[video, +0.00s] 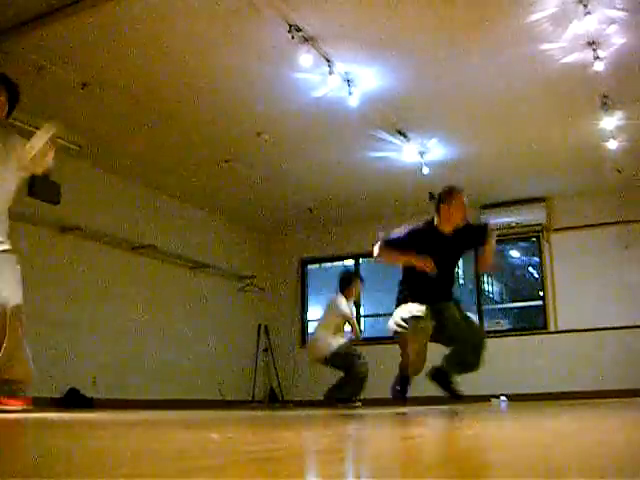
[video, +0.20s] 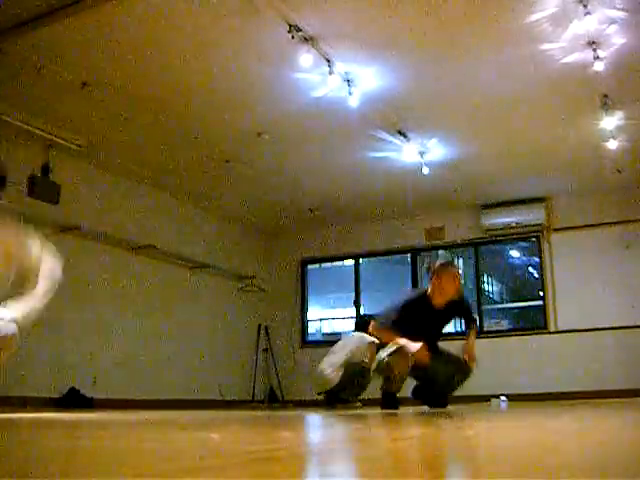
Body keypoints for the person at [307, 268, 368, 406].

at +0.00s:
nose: (360, 291)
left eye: (360, 287)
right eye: (358, 286)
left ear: (350, 288)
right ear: (351, 288)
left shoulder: (348, 305)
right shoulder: (338, 300)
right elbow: (349, 316)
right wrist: (356, 332)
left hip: (334, 342)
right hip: (323, 343)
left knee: (358, 364)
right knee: (358, 363)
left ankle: (337, 395)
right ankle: (343, 396)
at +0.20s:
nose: (374, 329)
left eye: (374, 326)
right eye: (372, 326)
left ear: (357, 327)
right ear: (368, 327)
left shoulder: (348, 337)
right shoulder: (370, 341)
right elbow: (370, 365)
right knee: (365, 371)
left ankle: (332, 397)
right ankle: (350, 398)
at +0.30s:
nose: (379, 322)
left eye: (379, 318)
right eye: (377, 318)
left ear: (361, 315)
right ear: (371, 317)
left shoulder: (354, 327)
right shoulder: (363, 326)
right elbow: (376, 345)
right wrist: (391, 354)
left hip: (324, 366)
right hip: (334, 364)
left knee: (362, 369)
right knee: (367, 369)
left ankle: (336, 396)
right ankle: (348, 398)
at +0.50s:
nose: (377, 282)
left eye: (377, 279)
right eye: (376, 279)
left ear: (357, 279)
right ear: (370, 278)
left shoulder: (343, 292)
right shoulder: (371, 291)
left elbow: (334, 315)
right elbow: (381, 311)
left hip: (336, 334)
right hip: (357, 334)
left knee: (353, 367)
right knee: (373, 362)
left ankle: (329, 395)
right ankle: (356, 389)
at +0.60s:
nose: (380, 277)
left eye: (380, 275)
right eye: (379, 275)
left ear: (361, 273)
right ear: (376, 273)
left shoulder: (347, 287)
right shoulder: (375, 286)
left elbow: (328, 305)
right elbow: (385, 306)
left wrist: (333, 324)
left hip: (343, 332)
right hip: (364, 330)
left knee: (353, 368)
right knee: (383, 351)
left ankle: (325, 398)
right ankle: (377, 382)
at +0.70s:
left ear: (364, 269)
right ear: (380, 270)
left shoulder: (354, 283)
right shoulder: (383, 283)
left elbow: (334, 286)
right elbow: (390, 301)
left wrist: (334, 303)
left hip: (350, 330)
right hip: (372, 330)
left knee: (348, 372)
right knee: (392, 360)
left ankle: (324, 400)